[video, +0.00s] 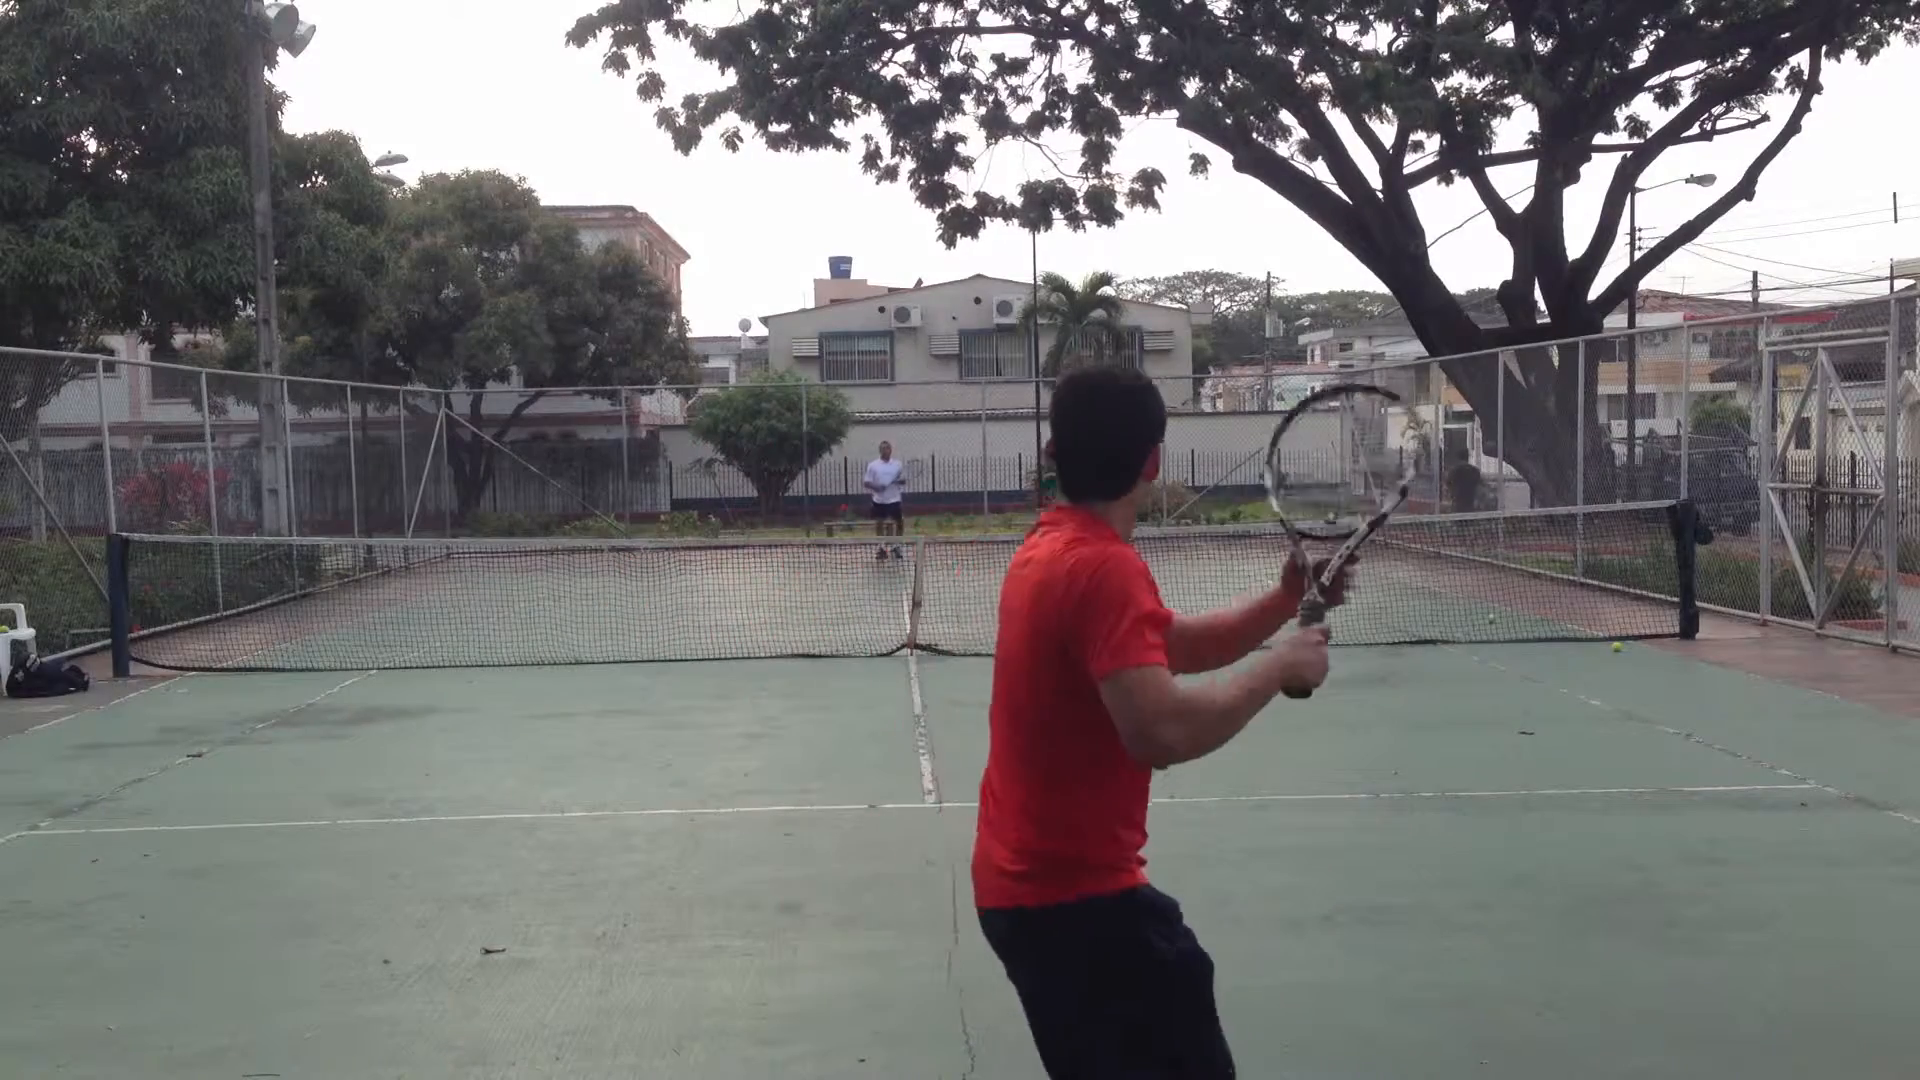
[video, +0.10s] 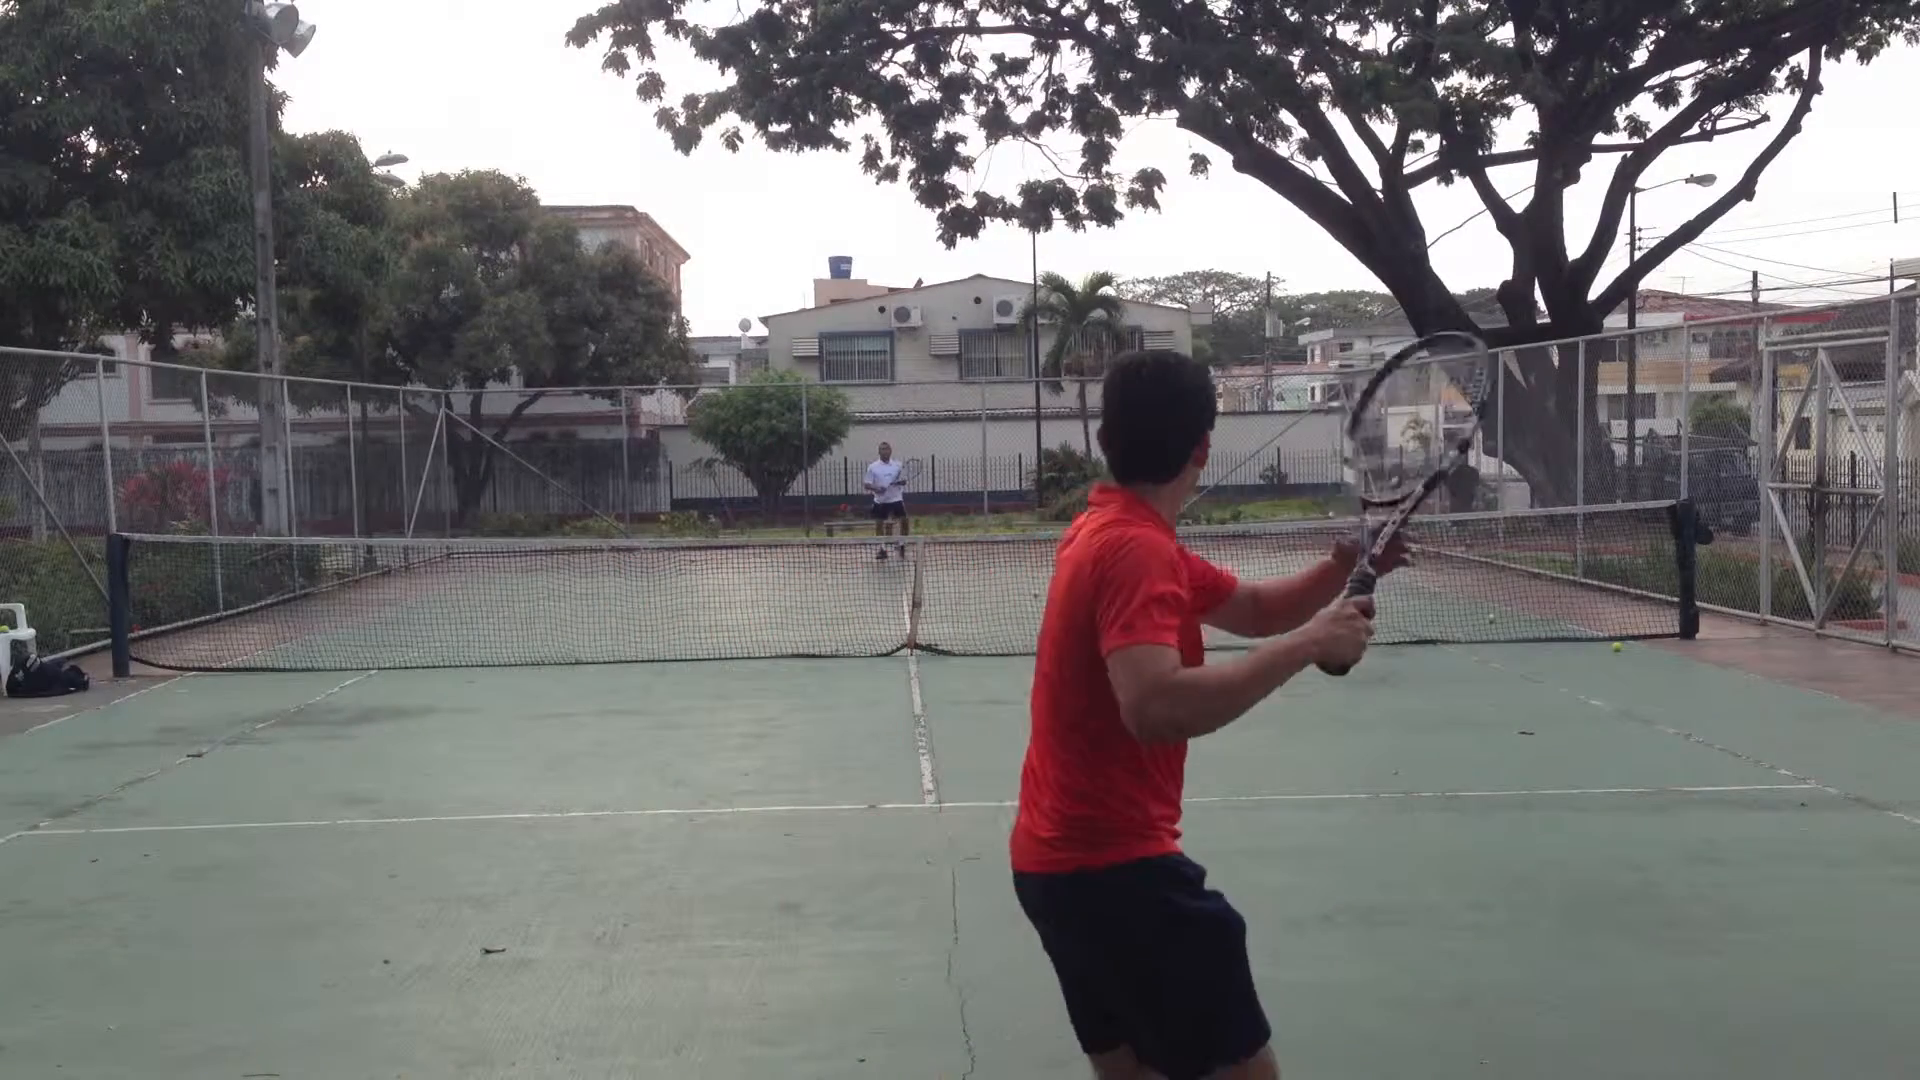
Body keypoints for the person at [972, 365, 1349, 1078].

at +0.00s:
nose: (1160, 458)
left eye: (1157, 443)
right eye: (1159, 445)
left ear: (1059, 452)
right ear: (1150, 460)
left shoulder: (1045, 550)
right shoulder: (1102, 567)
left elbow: (1178, 646)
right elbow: (1157, 731)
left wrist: (1283, 600)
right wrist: (1275, 668)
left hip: (1029, 886)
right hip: (1081, 895)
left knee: (1097, 1062)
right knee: (1189, 1062)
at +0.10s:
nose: (1208, 448)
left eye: (1207, 432)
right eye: (1209, 433)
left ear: (1111, 438)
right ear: (1200, 450)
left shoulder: (1115, 532)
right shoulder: (1134, 548)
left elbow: (1253, 610)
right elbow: (1155, 706)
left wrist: (1347, 566)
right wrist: (1307, 645)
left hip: (1069, 859)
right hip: (1117, 865)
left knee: (1125, 1064)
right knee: (1242, 1064)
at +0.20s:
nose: (1261, 446)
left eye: (1254, 428)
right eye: (1260, 431)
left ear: (1158, 433)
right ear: (1248, 449)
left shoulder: (1164, 524)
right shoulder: (1176, 544)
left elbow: (1291, 595)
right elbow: (1167, 702)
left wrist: (1387, 562)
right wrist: (1334, 657)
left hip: (1123, 844)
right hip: (1153, 851)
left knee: (1195, 1054)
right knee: (1263, 1061)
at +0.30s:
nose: (1299, 470)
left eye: (1291, 452)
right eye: (1299, 456)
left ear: (1197, 455)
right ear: (1288, 472)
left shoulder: (1183, 542)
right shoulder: (1218, 568)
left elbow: (1311, 607)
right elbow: (1199, 725)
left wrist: (1415, 578)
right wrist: (1370, 714)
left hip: (1149, 855)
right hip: (1189, 864)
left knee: (1254, 1035)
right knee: (1315, 1055)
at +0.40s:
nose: (1344, 487)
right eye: (1344, 474)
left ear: (1240, 472)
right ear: (1334, 490)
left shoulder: (1206, 554)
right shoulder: (1269, 593)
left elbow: (1317, 616)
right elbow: (1262, 755)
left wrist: (1433, 601)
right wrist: (1416, 802)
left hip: (1153, 859)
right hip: (1210, 872)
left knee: (1268, 1024)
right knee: (1336, 1055)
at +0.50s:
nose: (1383, 520)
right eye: (1385, 507)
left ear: (1291, 494)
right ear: (1374, 524)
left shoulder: (1235, 570)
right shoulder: (1333, 633)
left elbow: (1298, 618)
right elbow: (1344, 802)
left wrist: (1392, 623)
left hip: (1158, 867)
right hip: (1236, 880)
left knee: (1271, 1031)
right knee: (1355, 1062)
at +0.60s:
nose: (1421, 550)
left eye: (1421, 535)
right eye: (1423, 538)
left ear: (1329, 521)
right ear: (1410, 552)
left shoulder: (1251, 587)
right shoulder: (1386, 675)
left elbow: (1178, 637)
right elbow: (1422, 854)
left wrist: (1267, 639)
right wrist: (1528, 983)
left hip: (1180, 881)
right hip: (1272, 892)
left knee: (1294, 1035)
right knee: (1373, 1066)